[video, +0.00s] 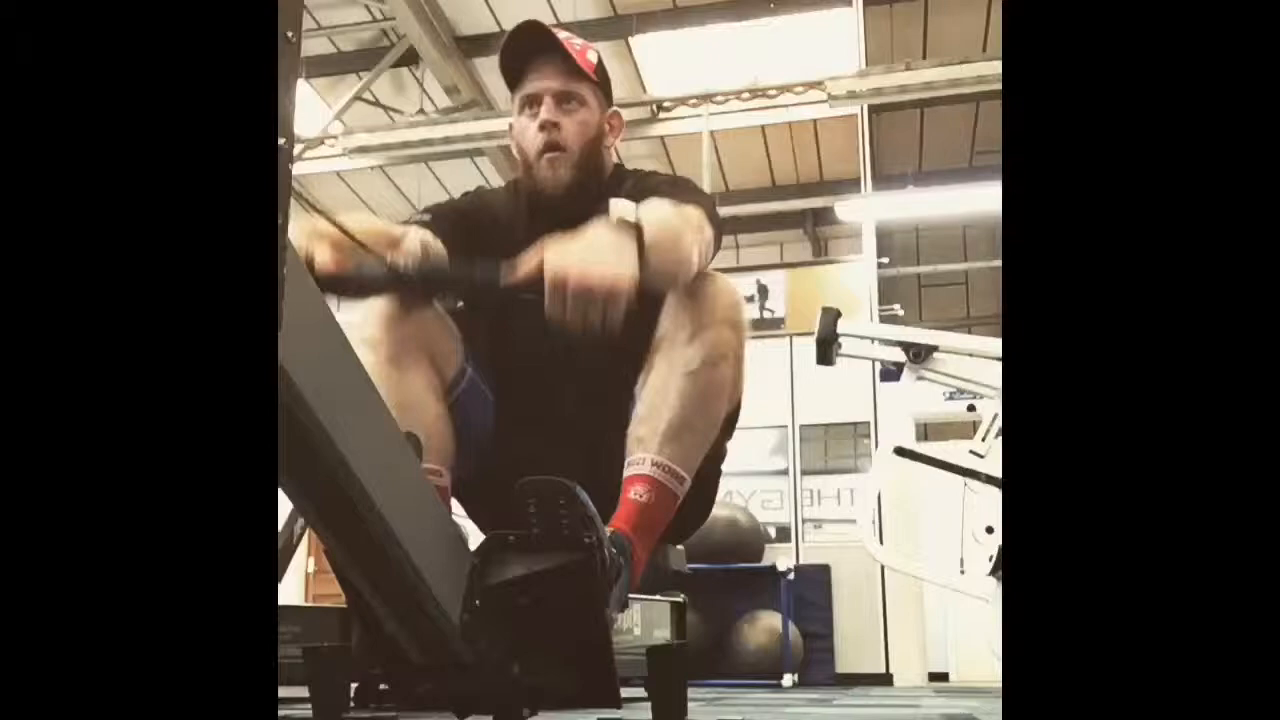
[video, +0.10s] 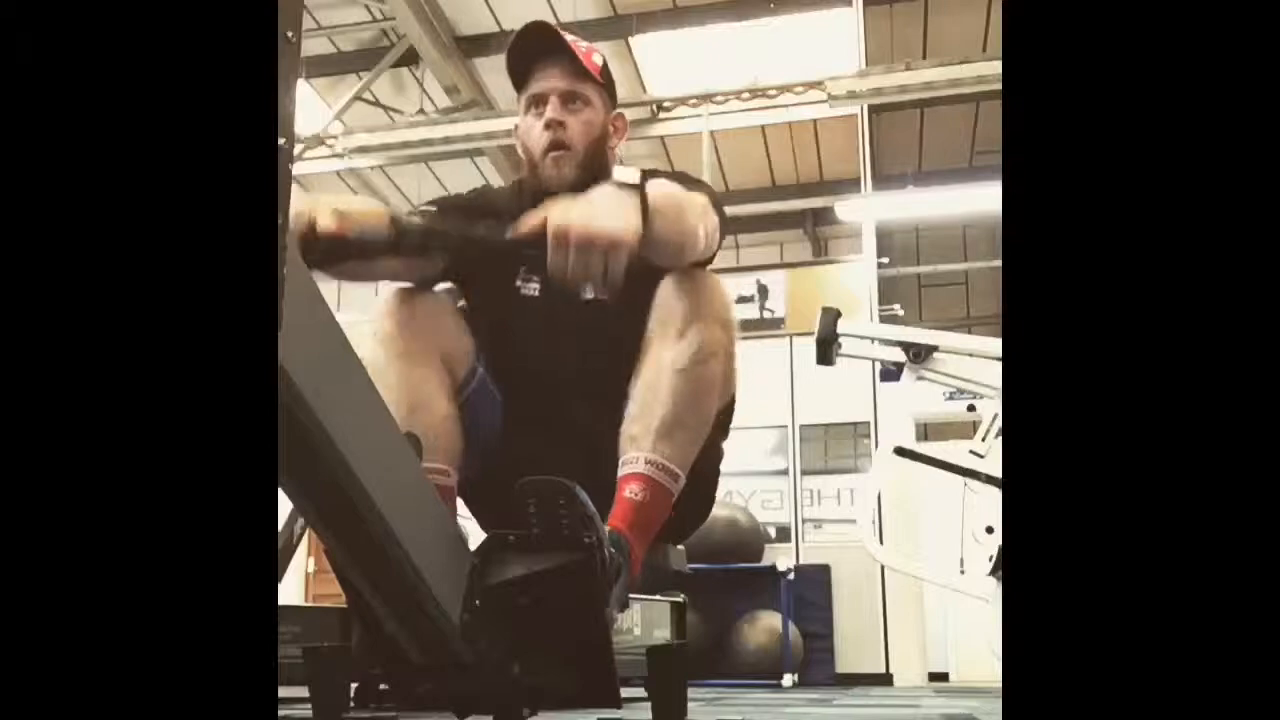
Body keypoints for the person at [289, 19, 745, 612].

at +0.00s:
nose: (548, 118)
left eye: (571, 102)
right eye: (531, 106)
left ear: (611, 130)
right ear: (513, 135)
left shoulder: (655, 196)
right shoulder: (479, 216)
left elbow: (689, 241)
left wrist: (623, 232)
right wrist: (327, 242)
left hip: (633, 462)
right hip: (503, 463)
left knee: (711, 296)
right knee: (379, 309)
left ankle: (625, 548)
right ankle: (424, 539)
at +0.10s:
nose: (553, 117)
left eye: (575, 102)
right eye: (537, 106)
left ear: (614, 131)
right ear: (518, 136)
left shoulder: (659, 195)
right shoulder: (489, 210)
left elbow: (696, 231)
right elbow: (402, 245)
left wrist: (627, 205)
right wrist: (319, 221)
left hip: (640, 466)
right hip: (511, 464)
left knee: (694, 287)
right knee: (405, 310)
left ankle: (621, 547)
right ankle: (424, 547)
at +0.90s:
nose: (580, 124)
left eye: (601, 118)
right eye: (565, 121)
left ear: (636, 150)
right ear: (549, 155)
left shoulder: (679, 223)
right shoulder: (509, 241)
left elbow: (700, 278)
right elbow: (433, 287)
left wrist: (658, 242)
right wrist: (368, 275)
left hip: (655, 477)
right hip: (534, 479)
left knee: (628, 305)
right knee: (474, 317)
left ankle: (605, 557)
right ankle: (447, 562)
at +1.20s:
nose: (608, 168)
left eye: (626, 162)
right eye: (595, 164)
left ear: (658, 192)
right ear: (579, 196)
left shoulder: (695, 257)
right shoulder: (546, 270)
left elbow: (712, 310)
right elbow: (480, 320)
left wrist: (683, 279)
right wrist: (429, 313)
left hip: (669, 487)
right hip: (559, 483)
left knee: (649, 357)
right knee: (497, 365)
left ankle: (602, 569)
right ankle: (445, 562)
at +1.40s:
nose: (636, 225)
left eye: (650, 218)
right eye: (625, 219)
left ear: (677, 239)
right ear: (612, 239)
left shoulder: (706, 299)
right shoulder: (581, 314)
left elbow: (738, 347)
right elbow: (524, 360)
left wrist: (711, 328)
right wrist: (483, 351)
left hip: (682, 490)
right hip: (580, 485)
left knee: (660, 418)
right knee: (519, 422)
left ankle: (603, 567)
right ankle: (457, 555)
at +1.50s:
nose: (649, 258)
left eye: (663, 251)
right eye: (637, 253)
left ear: (688, 269)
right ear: (623, 272)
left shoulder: (716, 335)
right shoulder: (593, 345)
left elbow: (758, 386)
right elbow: (522, 396)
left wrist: (724, 357)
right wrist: (505, 370)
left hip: (691, 485)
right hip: (591, 482)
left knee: (658, 462)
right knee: (530, 460)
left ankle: (606, 576)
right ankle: (463, 562)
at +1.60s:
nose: (656, 286)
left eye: (671, 279)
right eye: (644, 279)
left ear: (695, 299)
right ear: (631, 298)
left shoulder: (724, 361)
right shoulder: (597, 365)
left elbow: (784, 434)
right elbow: (523, 443)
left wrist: (739, 390)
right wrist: (524, 407)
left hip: (693, 495)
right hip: (593, 494)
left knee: (653, 484)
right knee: (544, 495)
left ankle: (607, 590)